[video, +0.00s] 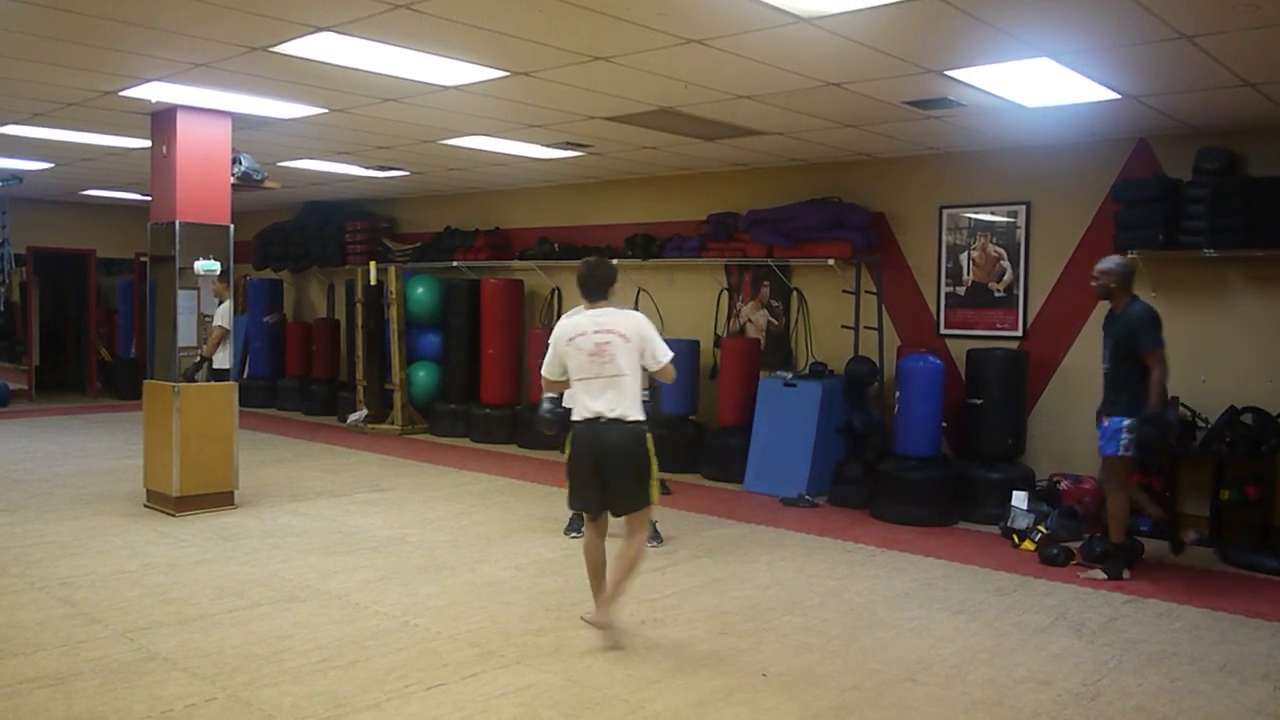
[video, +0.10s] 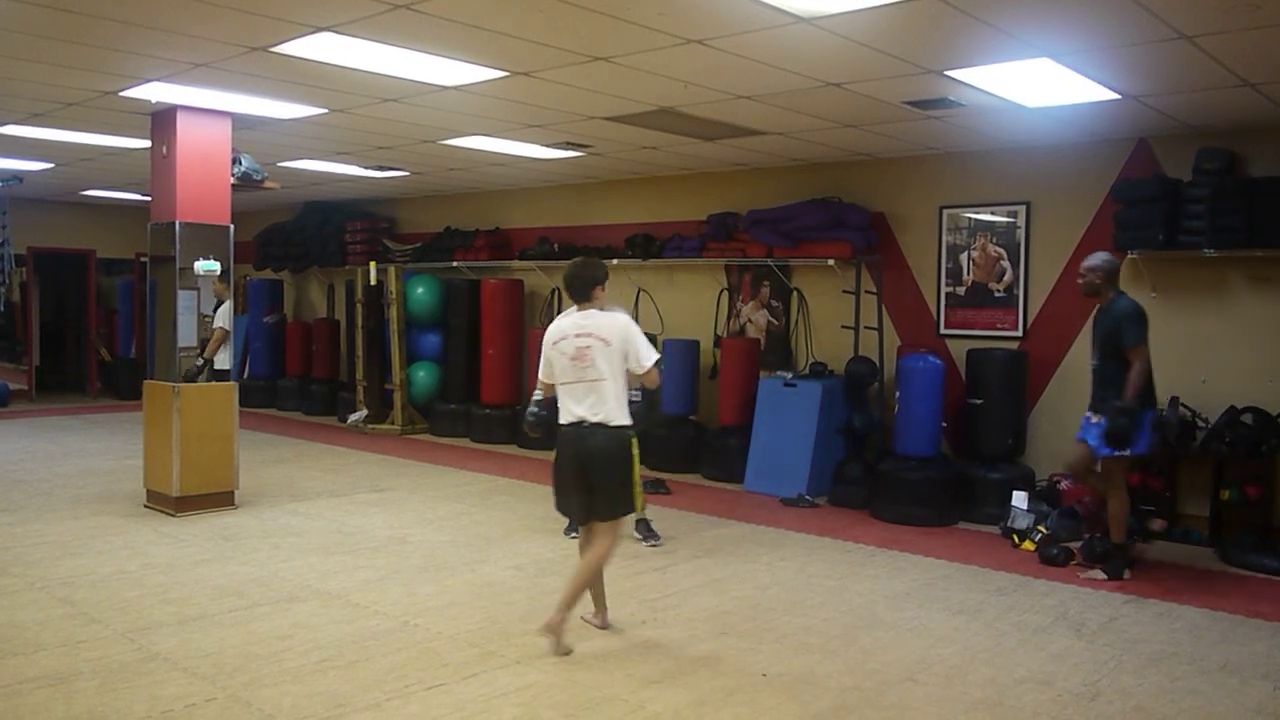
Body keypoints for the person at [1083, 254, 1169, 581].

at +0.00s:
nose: (1092, 283)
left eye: (1098, 279)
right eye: (1093, 278)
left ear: (1119, 282)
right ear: (1110, 283)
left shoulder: (1142, 316)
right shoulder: (1111, 317)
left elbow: (1157, 366)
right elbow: (1113, 369)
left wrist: (1152, 413)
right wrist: (1105, 406)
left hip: (1129, 415)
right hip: (1111, 414)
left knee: (1114, 482)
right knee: (1115, 481)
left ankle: (1117, 556)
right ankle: (1166, 523)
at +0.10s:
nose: (1079, 281)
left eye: (1085, 276)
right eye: (1079, 275)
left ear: (1105, 278)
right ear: (1098, 278)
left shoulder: (1127, 311)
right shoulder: (1104, 311)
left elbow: (1140, 362)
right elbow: (1106, 365)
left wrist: (1125, 411)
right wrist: (1097, 407)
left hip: (1123, 417)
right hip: (1102, 413)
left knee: (1114, 483)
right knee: (1078, 466)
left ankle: (1117, 558)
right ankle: (1124, 511)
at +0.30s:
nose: (1053, 279)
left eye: (1058, 274)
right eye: (1054, 273)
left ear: (1076, 277)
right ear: (1072, 277)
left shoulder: (1095, 308)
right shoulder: (1078, 309)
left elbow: (1104, 356)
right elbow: (1080, 360)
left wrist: (1075, 398)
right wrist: (1066, 398)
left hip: (1102, 410)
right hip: (1078, 407)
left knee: (1107, 480)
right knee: (1033, 455)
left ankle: (1117, 556)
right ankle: (1050, 527)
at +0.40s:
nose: (1037, 280)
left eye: (1042, 274)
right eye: (1038, 274)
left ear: (1057, 278)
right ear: (1054, 278)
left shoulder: (1076, 310)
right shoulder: (1059, 311)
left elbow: (1086, 358)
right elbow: (1064, 362)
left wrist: (1054, 398)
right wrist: (1046, 397)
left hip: (1084, 412)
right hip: (1060, 410)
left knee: (1096, 480)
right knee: (1022, 461)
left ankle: (1114, 553)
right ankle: (1009, 536)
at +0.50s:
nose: (1017, 280)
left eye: (1022, 275)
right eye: (1019, 275)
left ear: (1037, 280)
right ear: (1037, 281)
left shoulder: (1056, 312)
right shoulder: (1041, 313)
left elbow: (1067, 359)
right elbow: (1044, 362)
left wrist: (1039, 402)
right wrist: (1030, 396)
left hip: (1063, 411)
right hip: (1039, 410)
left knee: (1076, 483)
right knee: (1012, 465)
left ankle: (1109, 553)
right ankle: (1001, 543)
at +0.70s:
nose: (976, 275)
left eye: (981, 270)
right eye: (978, 268)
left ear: (998, 274)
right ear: (1003, 275)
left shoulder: (1016, 306)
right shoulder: (1007, 306)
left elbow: (1027, 354)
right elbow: (1013, 357)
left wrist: (1018, 404)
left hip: (1012, 403)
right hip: (1001, 400)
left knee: (994, 468)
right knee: (994, 469)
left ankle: (1049, 521)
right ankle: (998, 545)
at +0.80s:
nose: (966, 277)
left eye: (969, 272)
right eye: (967, 271)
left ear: (979, 275)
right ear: (993, 275)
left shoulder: (997, 303)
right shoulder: (1000, 303)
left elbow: (1010, 349)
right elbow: (1003, 352)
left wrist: (1004, 399)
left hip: (986, 399)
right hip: (999, 399)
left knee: (957, 461)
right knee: (994, 466)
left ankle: (1001, 518)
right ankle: (998, 543)